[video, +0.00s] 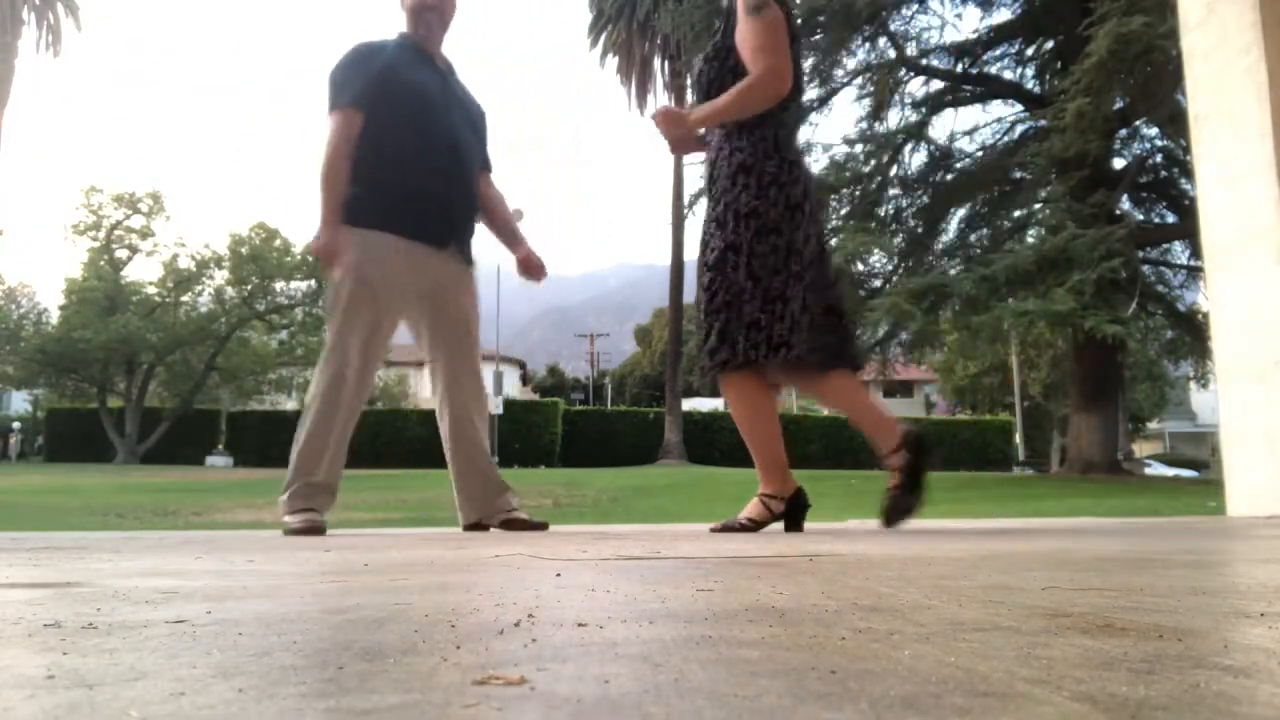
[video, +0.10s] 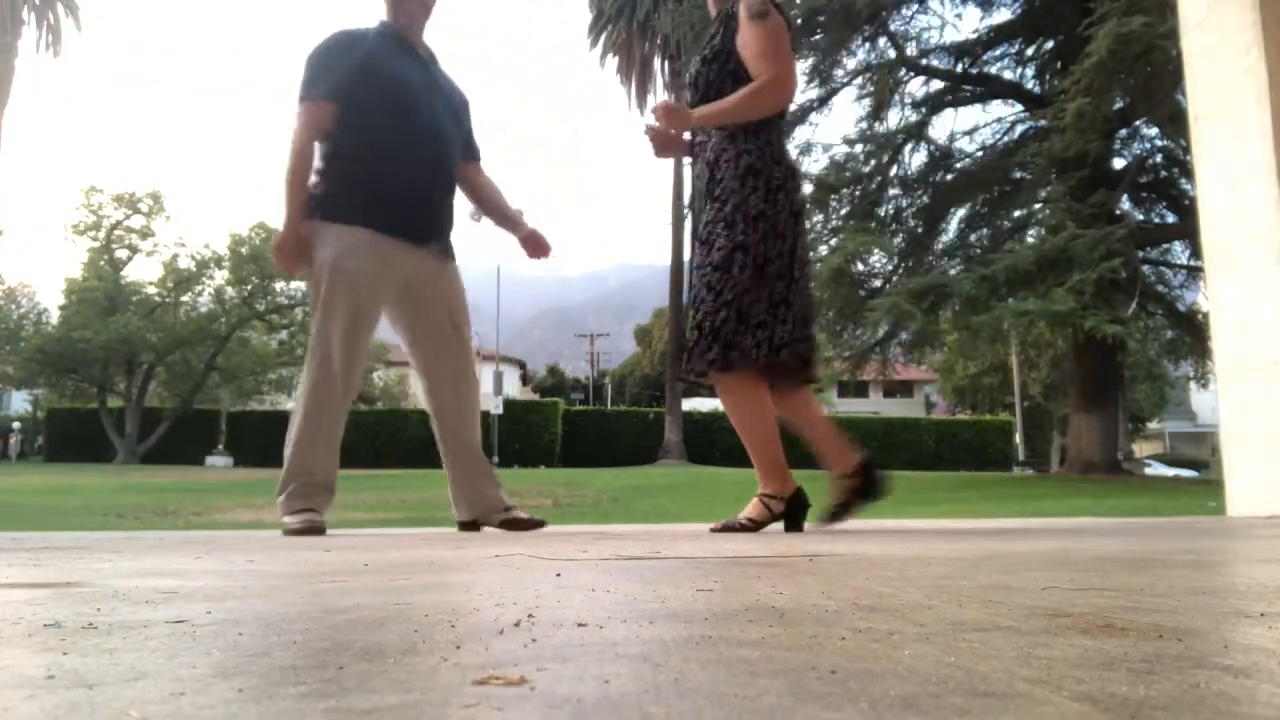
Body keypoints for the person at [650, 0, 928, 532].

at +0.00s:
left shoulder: (751, 5)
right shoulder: (735, 25)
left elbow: (774, 77)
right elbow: (757, 115)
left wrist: (695, 117)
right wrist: (698, 140)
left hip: (752, 186)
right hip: (769, 187)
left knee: (731, 343)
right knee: (786, 345)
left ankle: (777, 490)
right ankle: (896, 442)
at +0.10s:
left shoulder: (753, 11)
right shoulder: (722, 40)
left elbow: (778, 87)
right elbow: (736, 134)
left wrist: (693, 116)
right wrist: (682, 144)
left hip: (749, 193)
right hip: (742, 194)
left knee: (722, 347)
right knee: (755, 355)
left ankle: (776, 490)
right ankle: (848, 465)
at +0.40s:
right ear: (661, 2)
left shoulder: (731, 26)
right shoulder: (658, 62)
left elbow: (780, 98)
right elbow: (680, 159)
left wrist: (707, 117)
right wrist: (641, 150)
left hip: (740, 197)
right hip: (695, 207)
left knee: (737, 344)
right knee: (676, 351)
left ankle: (779, 489)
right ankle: (660, 493)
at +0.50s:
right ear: (642, 4)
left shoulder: (722, 41)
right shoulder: (642, 70)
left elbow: (770, 113)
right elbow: (656, 167)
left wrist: (704, 127)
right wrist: (628, 153)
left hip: (733, 211)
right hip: (687, 221)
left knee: (727, 341)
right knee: (662, 353)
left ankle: (779, 488)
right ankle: (661, 496)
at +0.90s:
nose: (640, 7)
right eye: (631, 0)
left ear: (673, 7)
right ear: (621, 10)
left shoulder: (699, 70)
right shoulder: (609, 87)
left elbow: (735, 145)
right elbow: (606, 175)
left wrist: (678, 150)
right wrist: (593, 155)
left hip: (693, 225)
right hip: (638, 230)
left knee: (699, 353)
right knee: (625, 363)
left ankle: (743, 489)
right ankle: (659, 496)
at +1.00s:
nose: (642, 5)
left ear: (676, 7)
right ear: (623, 9)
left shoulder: (700, 67)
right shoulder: (610, 82)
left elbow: (736, 146)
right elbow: (605, 170)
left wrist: (681, 148)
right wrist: (594, 151)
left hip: (691, 220)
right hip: (635, 224)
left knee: (700, 349)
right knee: (629, 358)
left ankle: (734, 487)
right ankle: (658, 496)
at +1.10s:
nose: (648, 4)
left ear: (681, 5)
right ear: (628, 7)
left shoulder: (705, 65)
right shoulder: (612, 78)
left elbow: (740, 145)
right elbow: (603, 166)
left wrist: (688, 142)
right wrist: (597, 148)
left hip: (694, 219)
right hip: (637, 222)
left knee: (702, 350)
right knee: (638, 356)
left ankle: (736, 484)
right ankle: (657, 495)